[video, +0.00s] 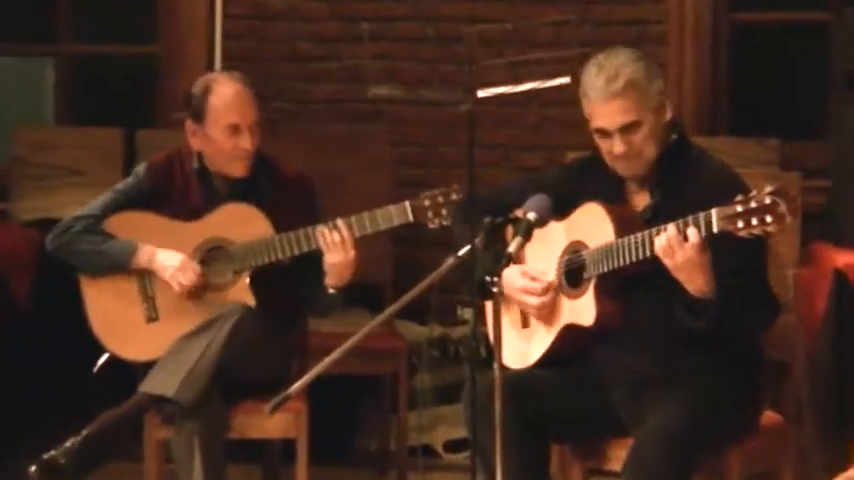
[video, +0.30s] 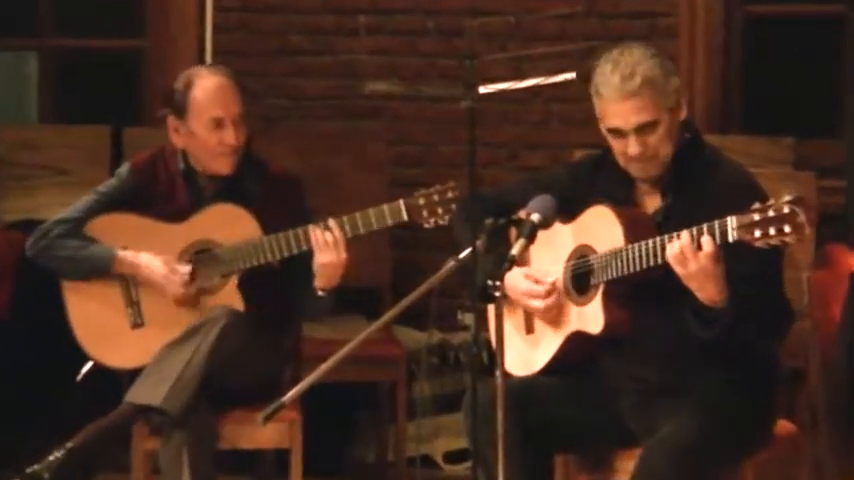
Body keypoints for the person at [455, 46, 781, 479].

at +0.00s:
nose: (618, 147)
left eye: (631, 129)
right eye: (603, 133)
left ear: (664, 113)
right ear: (590, 128)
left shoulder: (715, 187)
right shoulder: (583, 179)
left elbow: (756, 315)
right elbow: (476, 208)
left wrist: (704, 292)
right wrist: (498, 273)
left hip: (700, 378)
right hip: (605, 370)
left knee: (657, 446)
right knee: (500, 393)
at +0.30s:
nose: (635, 148)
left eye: (648, 129)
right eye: (618, 134)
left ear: (679, 116)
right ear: (600, 125)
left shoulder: (729, 191)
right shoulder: (589, 179)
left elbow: (769, 327)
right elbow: (476, 208)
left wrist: (718, 300)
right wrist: (501, 274)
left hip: (710, 387)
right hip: (609, 379)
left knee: (667, 459)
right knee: (498, 402)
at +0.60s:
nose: (642, 159)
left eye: (655, 140)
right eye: (624, 145)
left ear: (686, 116)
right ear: (605, 130)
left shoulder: (740, 195)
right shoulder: (592, 181)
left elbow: (780, 335)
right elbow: (476, 209)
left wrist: (727, 310)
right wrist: (504, 274)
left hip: (718, 395)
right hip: (612, 389)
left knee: (678, 457)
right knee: (499, 410)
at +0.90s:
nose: (650, 154)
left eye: (664, 134)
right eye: (632, 139)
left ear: (697, 113)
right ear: (614, 128)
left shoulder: (752, 196)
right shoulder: (601, 181)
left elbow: (794, 345)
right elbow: (477, 211)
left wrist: (738, 322)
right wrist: (507, 286)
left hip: (728, 403)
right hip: (617, 394)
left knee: (696, 457)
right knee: (499, 420)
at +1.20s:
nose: (665, 156)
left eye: (680, 133)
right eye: (646, 139)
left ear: (717, 109)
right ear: (627, 129)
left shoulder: (777, 202)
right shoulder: (612, 180)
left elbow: (819, 355)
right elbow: (479, 211)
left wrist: (761, 338)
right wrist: (510, 291)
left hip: (744, 414)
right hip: (624, 403)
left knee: (725, 463)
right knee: (501, 435)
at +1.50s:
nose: (666, 152)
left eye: (681, 130)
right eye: (647, 136)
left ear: (718, 107)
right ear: (628, 127)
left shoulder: (779, 199)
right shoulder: (612, 180)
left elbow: (824, 350)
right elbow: (483, 211)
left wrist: (761, 334)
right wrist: (516, 288)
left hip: (744, 412)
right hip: (623, 400)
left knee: (726, 463)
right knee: (502, 434)